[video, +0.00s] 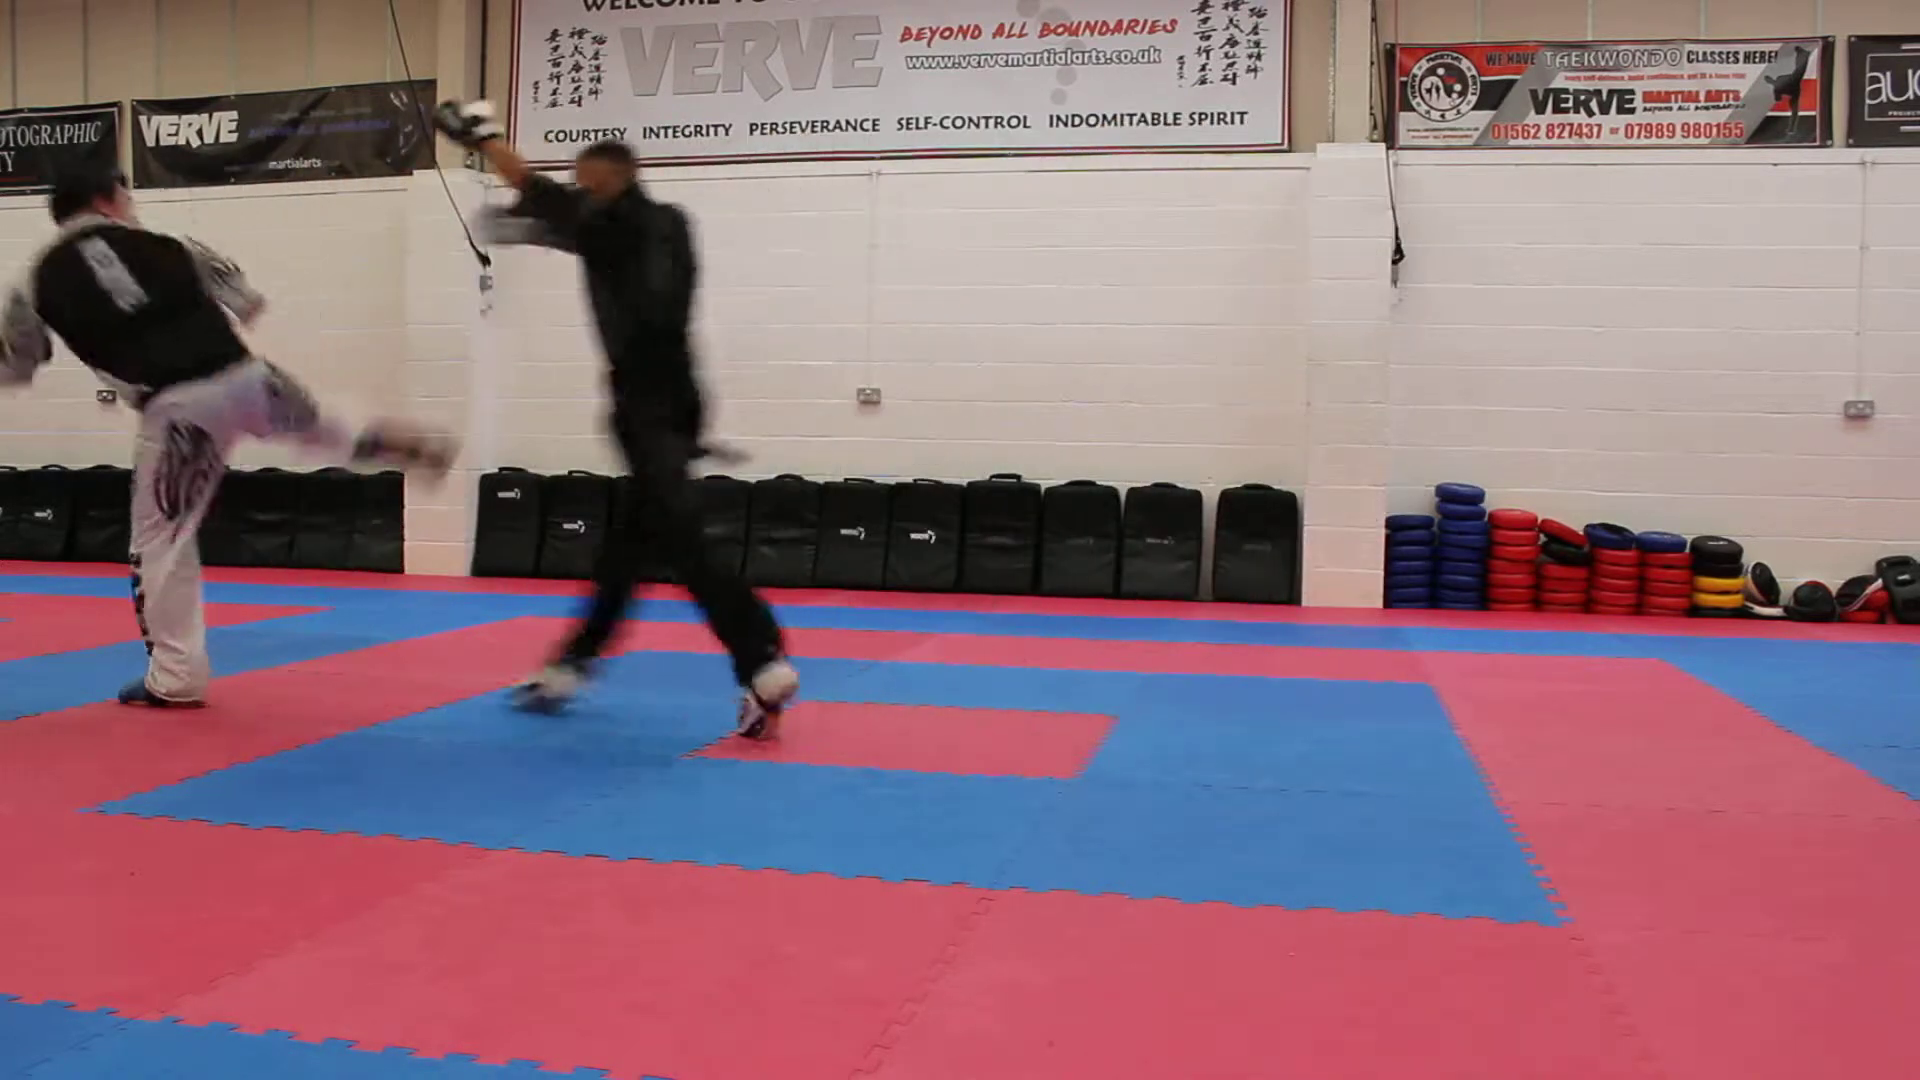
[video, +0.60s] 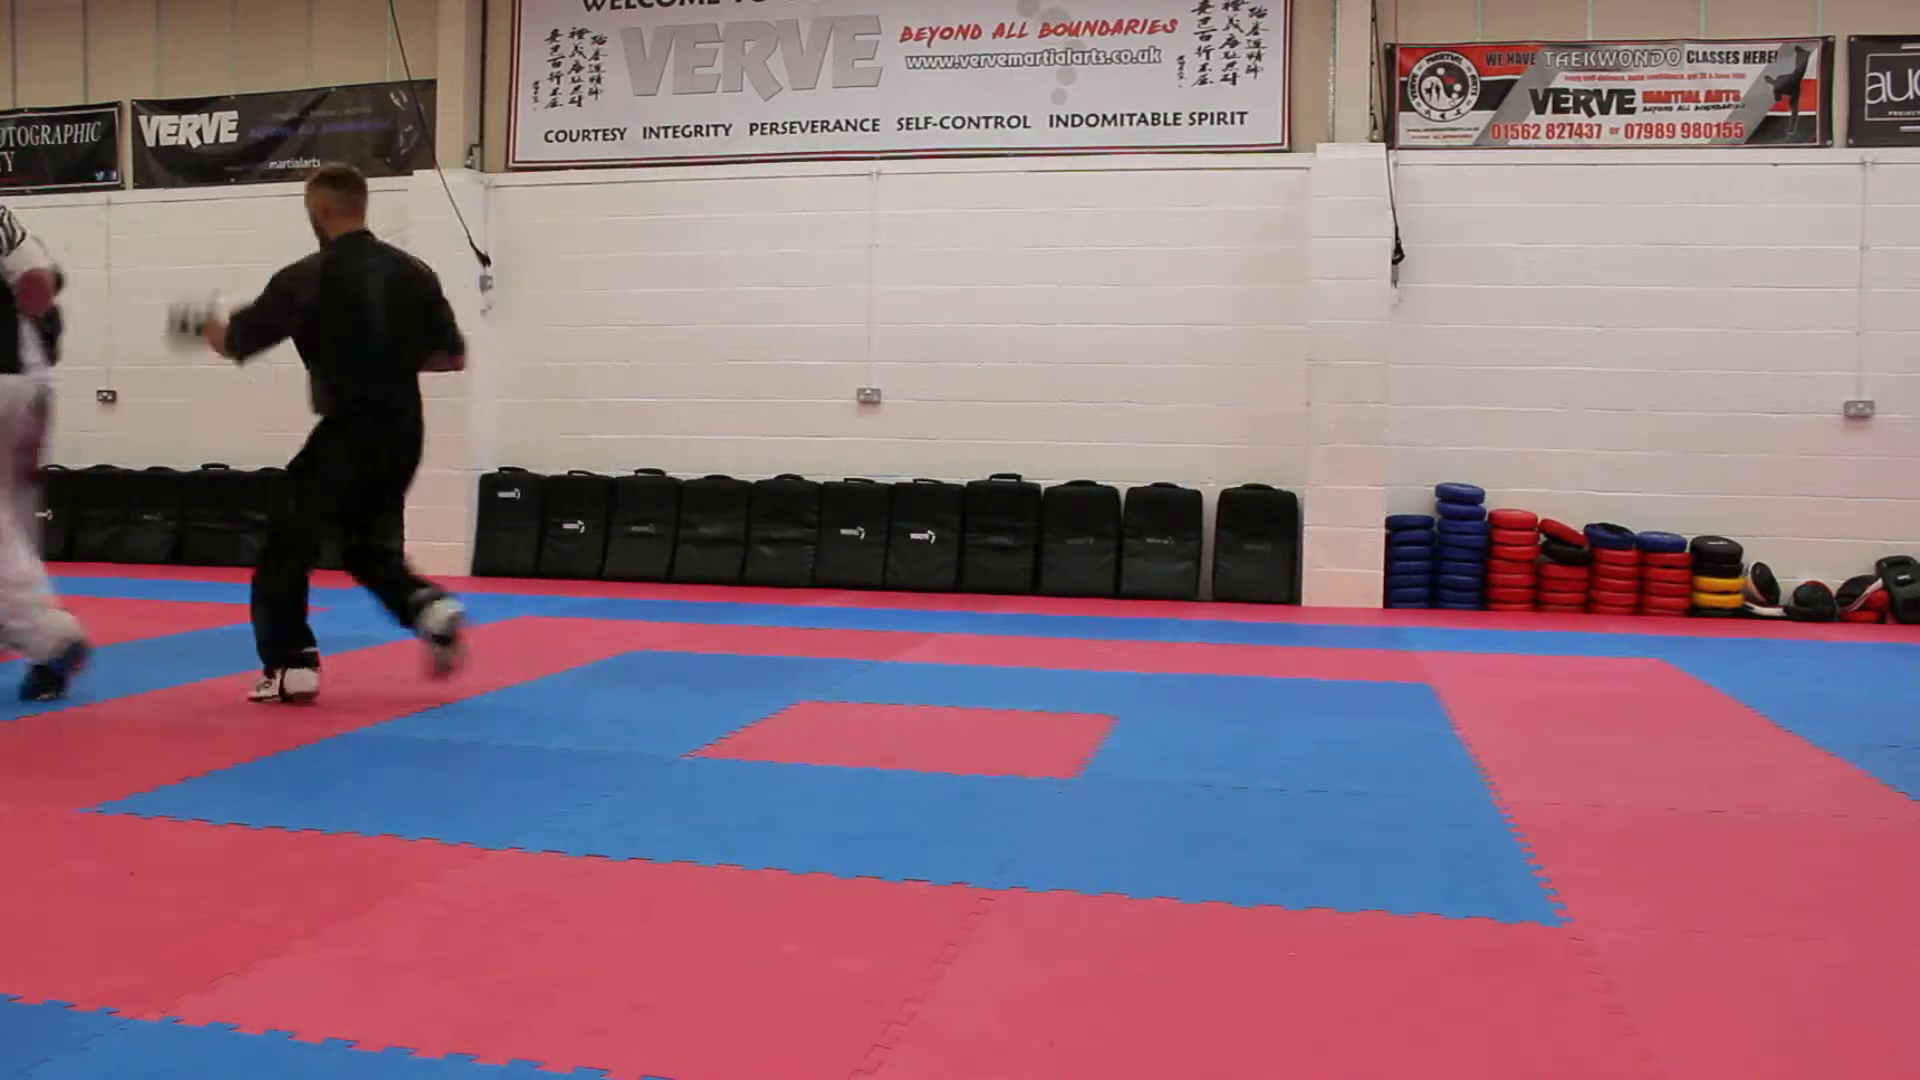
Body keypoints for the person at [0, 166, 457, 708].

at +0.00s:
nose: (131, 204)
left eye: (126, 195)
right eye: (126, 195)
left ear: (58, 211)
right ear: (112, 198)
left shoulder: (40, 280)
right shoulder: (168, 244)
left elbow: (17, 365)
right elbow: (248, 303)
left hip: (178, 412)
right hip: (246, 381)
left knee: (161, 541)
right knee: (326, 433)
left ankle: (176, 677)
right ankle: (412, 447)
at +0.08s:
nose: (109, 179)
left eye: (104, 169)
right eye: (102, 169)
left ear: (35, 181)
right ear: (79, 169)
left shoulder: (20, 240)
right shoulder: (131, 213)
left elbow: (5, 334)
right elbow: (220, 265)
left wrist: (10, 360)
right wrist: (171, 308)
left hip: (149, 392)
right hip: (212, 351)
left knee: (161, 529)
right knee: (321, 368)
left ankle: (170, 667)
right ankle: (414, 360)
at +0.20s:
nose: (70, 150)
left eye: (66, 140)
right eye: (64, 140)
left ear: (5, 150)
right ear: (42, 141)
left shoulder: (3, 208)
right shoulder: (91, 177)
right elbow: (186, 231)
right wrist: (140, 290)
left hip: (111, 363)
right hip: (176, 318)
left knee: (119, 496)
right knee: (298, 349)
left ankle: (145, 621)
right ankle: (334, 295)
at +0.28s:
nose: (44, 147)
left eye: (37, 138)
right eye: (38, 138)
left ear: (1, 145)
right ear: (22, 139)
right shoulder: (69, 178)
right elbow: (162, 226)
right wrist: (126, 287)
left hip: (94, 357)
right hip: (155, 320)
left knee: (96, 498)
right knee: (268, 368)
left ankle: (107, 628)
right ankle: (277, 332)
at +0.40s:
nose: (9, 177)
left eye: (7, 171)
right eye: (7, 171)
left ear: (8, 175)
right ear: (8, 174)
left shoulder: (27, 219)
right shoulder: (32, 217)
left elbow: (115, 251)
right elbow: (116, 252)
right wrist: (97, 327)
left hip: (39, 399)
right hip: (105, 367)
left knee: (61, 538)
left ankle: (87, 662)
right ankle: (241, 419)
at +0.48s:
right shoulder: (15, 229)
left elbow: (72, 277)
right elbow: (73, 276)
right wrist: (86, 327)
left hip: (14, 403)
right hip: (78, 386)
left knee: (34, 547)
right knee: (125, 473)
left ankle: (81, 663)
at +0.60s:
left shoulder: (11, 230)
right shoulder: (11, 227)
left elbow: (38, 283)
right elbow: (39, 284)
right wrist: (44, 347)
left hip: (12, 382)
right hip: (32, 380)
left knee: (6, 518)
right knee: (18, 513)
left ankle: (51, 633)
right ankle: (43, 639)